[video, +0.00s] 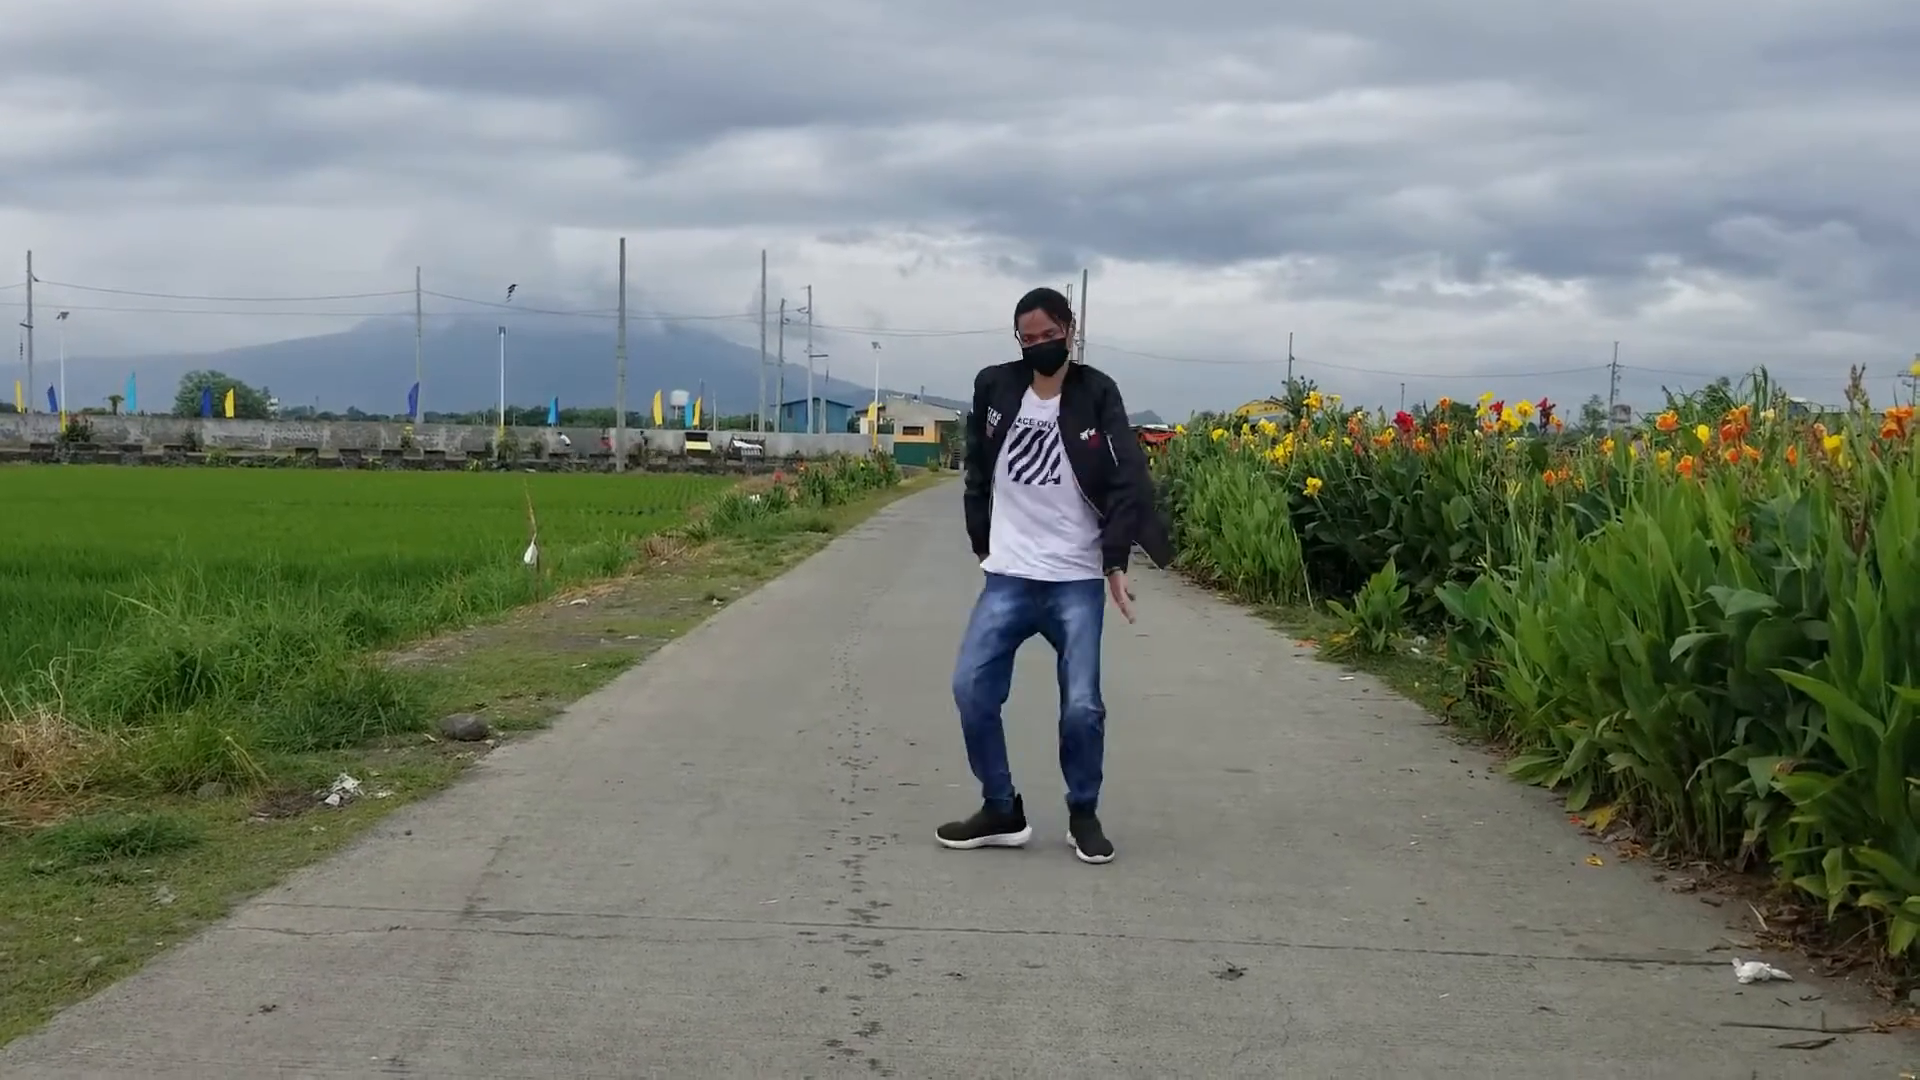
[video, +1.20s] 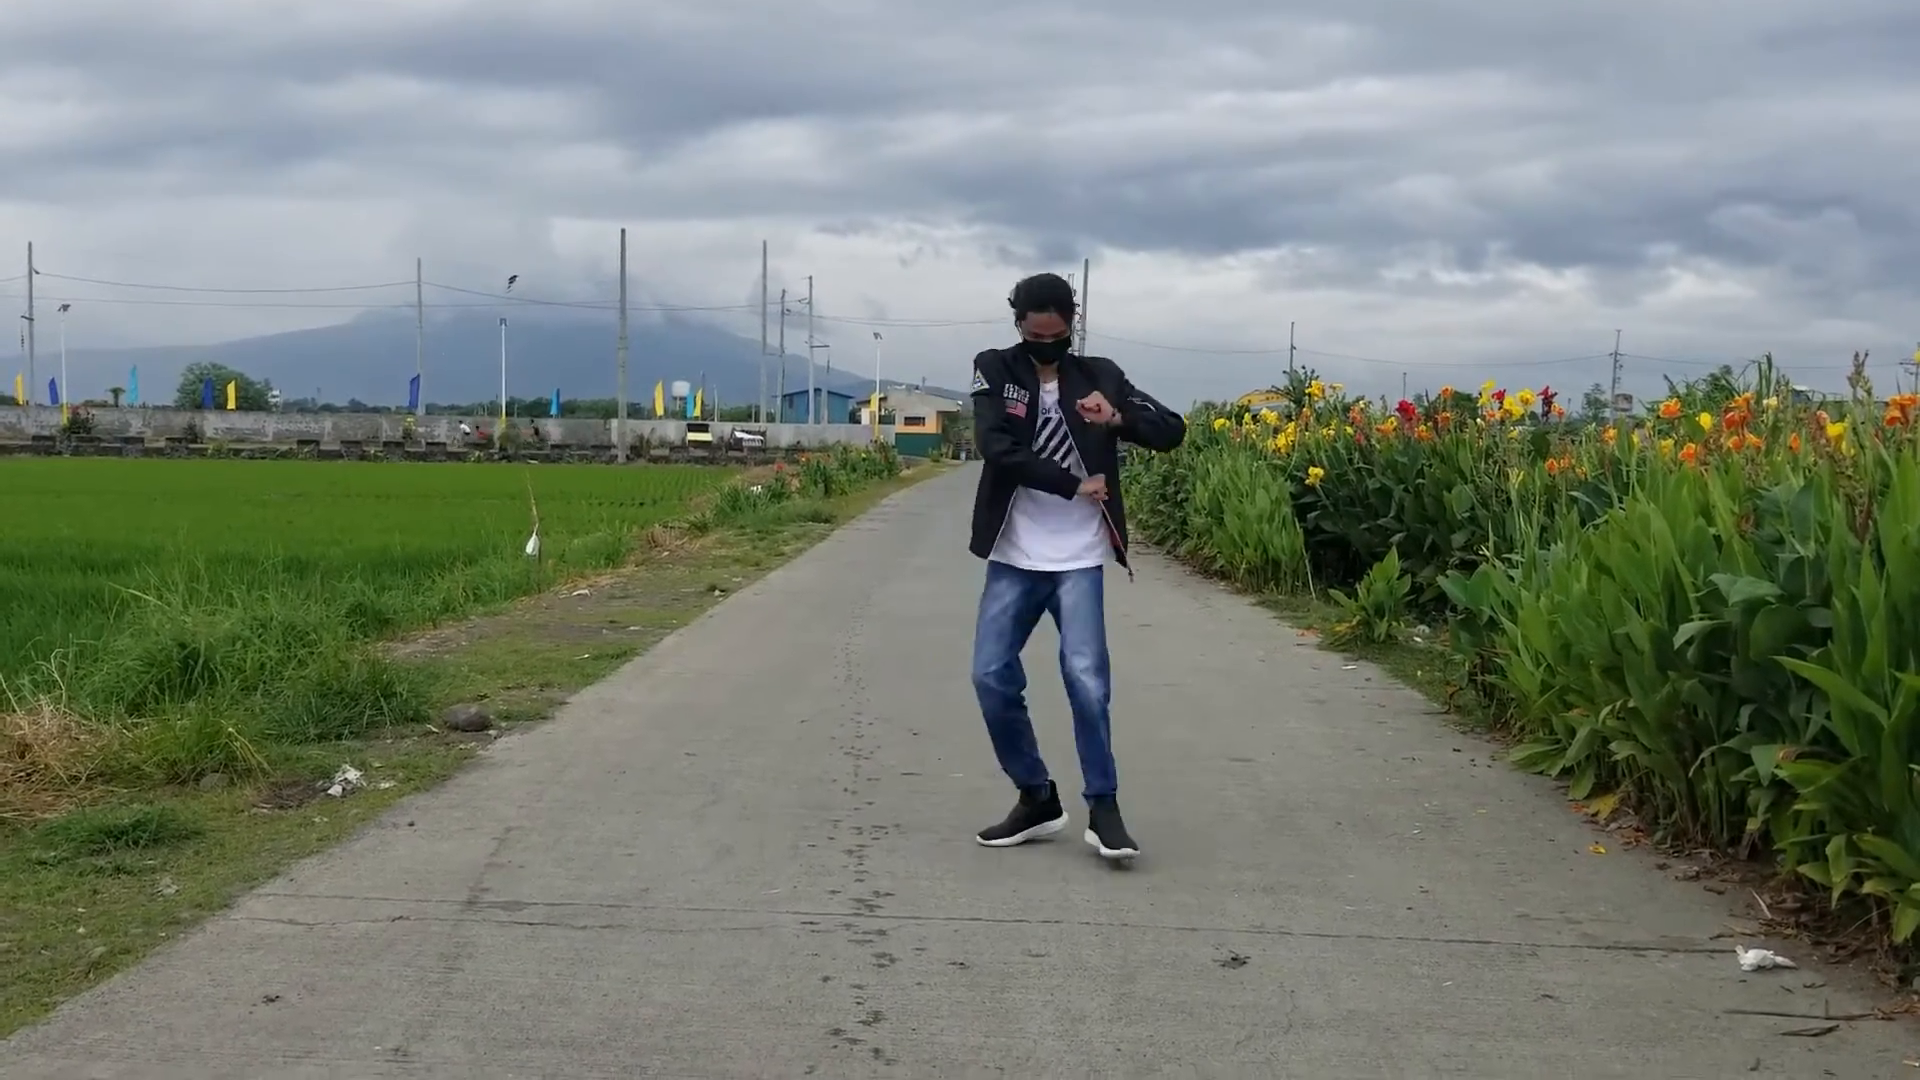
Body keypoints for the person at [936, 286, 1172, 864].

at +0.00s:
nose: (1039, 347)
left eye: (1048, 336)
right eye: (1029, 339)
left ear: (1069, 332)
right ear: (1017, 341)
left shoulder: (1097, 392)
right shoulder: (996, 386)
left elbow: (1129, 479)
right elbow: (977, 470)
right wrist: (984, 546)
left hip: (1077, 576)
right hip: (1008, 572)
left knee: (1082, 706)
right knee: (971, 687)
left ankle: (1084, 814)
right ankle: (1002, 810)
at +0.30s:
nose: (978, 336)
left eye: (985, 327)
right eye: (976, 328)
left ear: (1017, 326)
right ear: (1002, 328)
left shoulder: (1027, 394)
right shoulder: (997, 387)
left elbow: (1049, 488)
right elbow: (977, 463)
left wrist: (1046, 581)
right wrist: (938, 496)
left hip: (1002, 573)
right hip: (968, 563)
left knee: (981, 693)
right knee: (935, 680)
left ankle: (1036, 801)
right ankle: (986, 796)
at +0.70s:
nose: (952, 317)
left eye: (960, 308)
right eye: (951, 309)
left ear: (992, 314)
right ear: (985, 315)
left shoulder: (998, 376)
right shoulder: (986, 373)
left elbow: (986, 475)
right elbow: (966, 457)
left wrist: (950, 554)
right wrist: (950, 405)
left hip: (998, 555)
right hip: (982, 554)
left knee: (971, 686)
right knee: (954, 682)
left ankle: (1009, 822)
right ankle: (986, 804)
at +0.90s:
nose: (975, 315)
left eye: (983, 305)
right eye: (970, 308)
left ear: (1015, 303)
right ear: (978, 311)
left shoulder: (1040, 375)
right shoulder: (989, 376)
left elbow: (1047, 465)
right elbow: (944, 448)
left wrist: (967, 480)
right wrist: (970, 405)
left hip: (1013, 557)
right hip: (971, 553)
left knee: (984, 684)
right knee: (954, 678)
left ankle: (999, 816)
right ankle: (1010, 794)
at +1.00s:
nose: (994, 329)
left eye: (1002, 318)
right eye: (987, 320)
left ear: (1033, 307)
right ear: (985, 316)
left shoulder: (1071, 377)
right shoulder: (982, 368)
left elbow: (1103, 451)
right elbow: (937, 417)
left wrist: (1034, 450)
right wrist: (991, 433)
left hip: (1023, 550)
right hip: (975, 543)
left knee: (976, 677)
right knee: (991, 676)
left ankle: (985, 806)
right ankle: (1034, 798)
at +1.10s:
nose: (1022, 331)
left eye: (1031, 320)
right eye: (1013, 320)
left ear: (1052, 311)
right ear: (1000, 314)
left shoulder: (1087, 374)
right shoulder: (984, 361)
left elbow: (1146, 432)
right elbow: (960, 422)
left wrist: (1092, 417)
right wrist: (1035, 456)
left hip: (1049, 548)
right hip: (992, 543)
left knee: (1021, 677)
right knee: (998, 677)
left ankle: (1019, 808)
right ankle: (1040, 798)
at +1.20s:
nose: (1046, 348)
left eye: (1056, 337)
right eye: (1035, 337)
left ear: (1073, 323)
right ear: (1018, 323)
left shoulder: (1100, 375)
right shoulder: (996, 370)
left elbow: (1172, 430)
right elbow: (998, 450)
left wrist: (1119, 418)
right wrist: (1072, 484)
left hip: (1079, 556)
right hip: (1013, 553)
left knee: (1087, 678)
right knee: (990, 674)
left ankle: (1105, 809)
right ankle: (1037, 798)